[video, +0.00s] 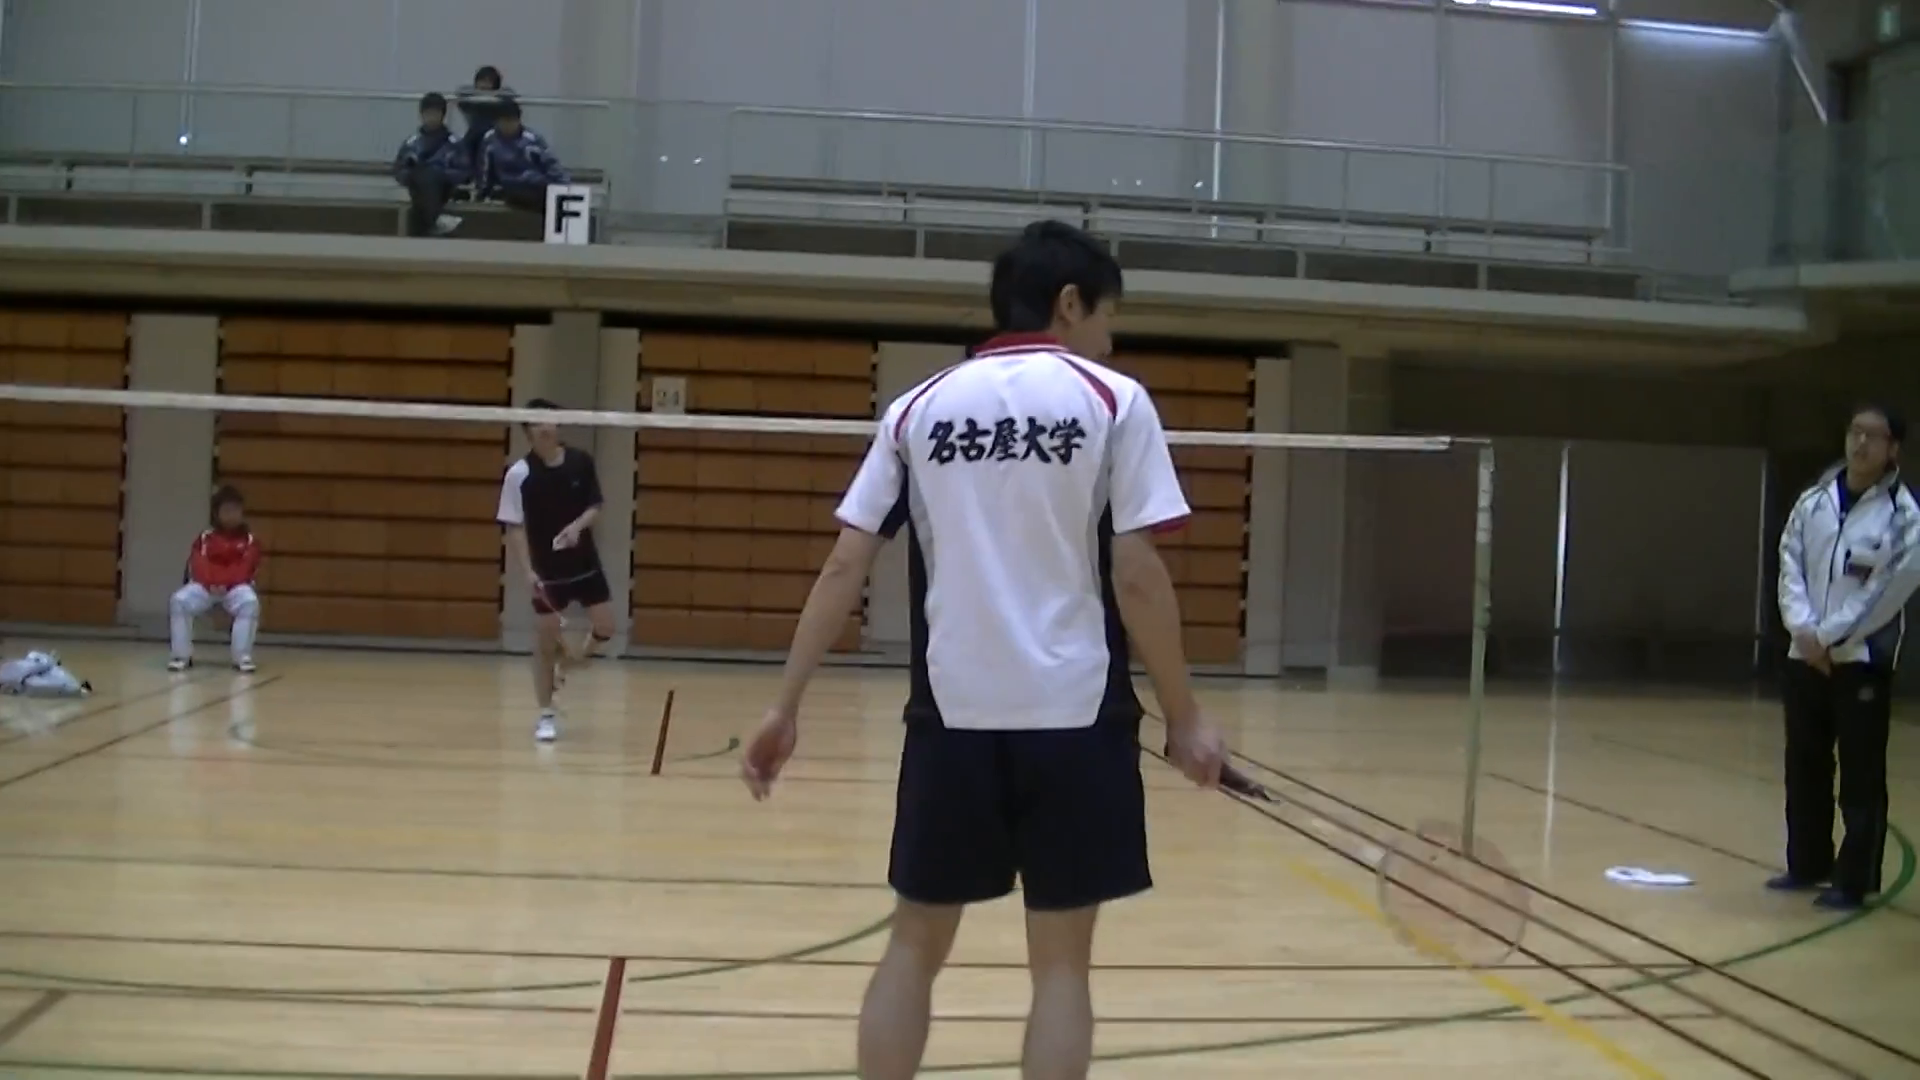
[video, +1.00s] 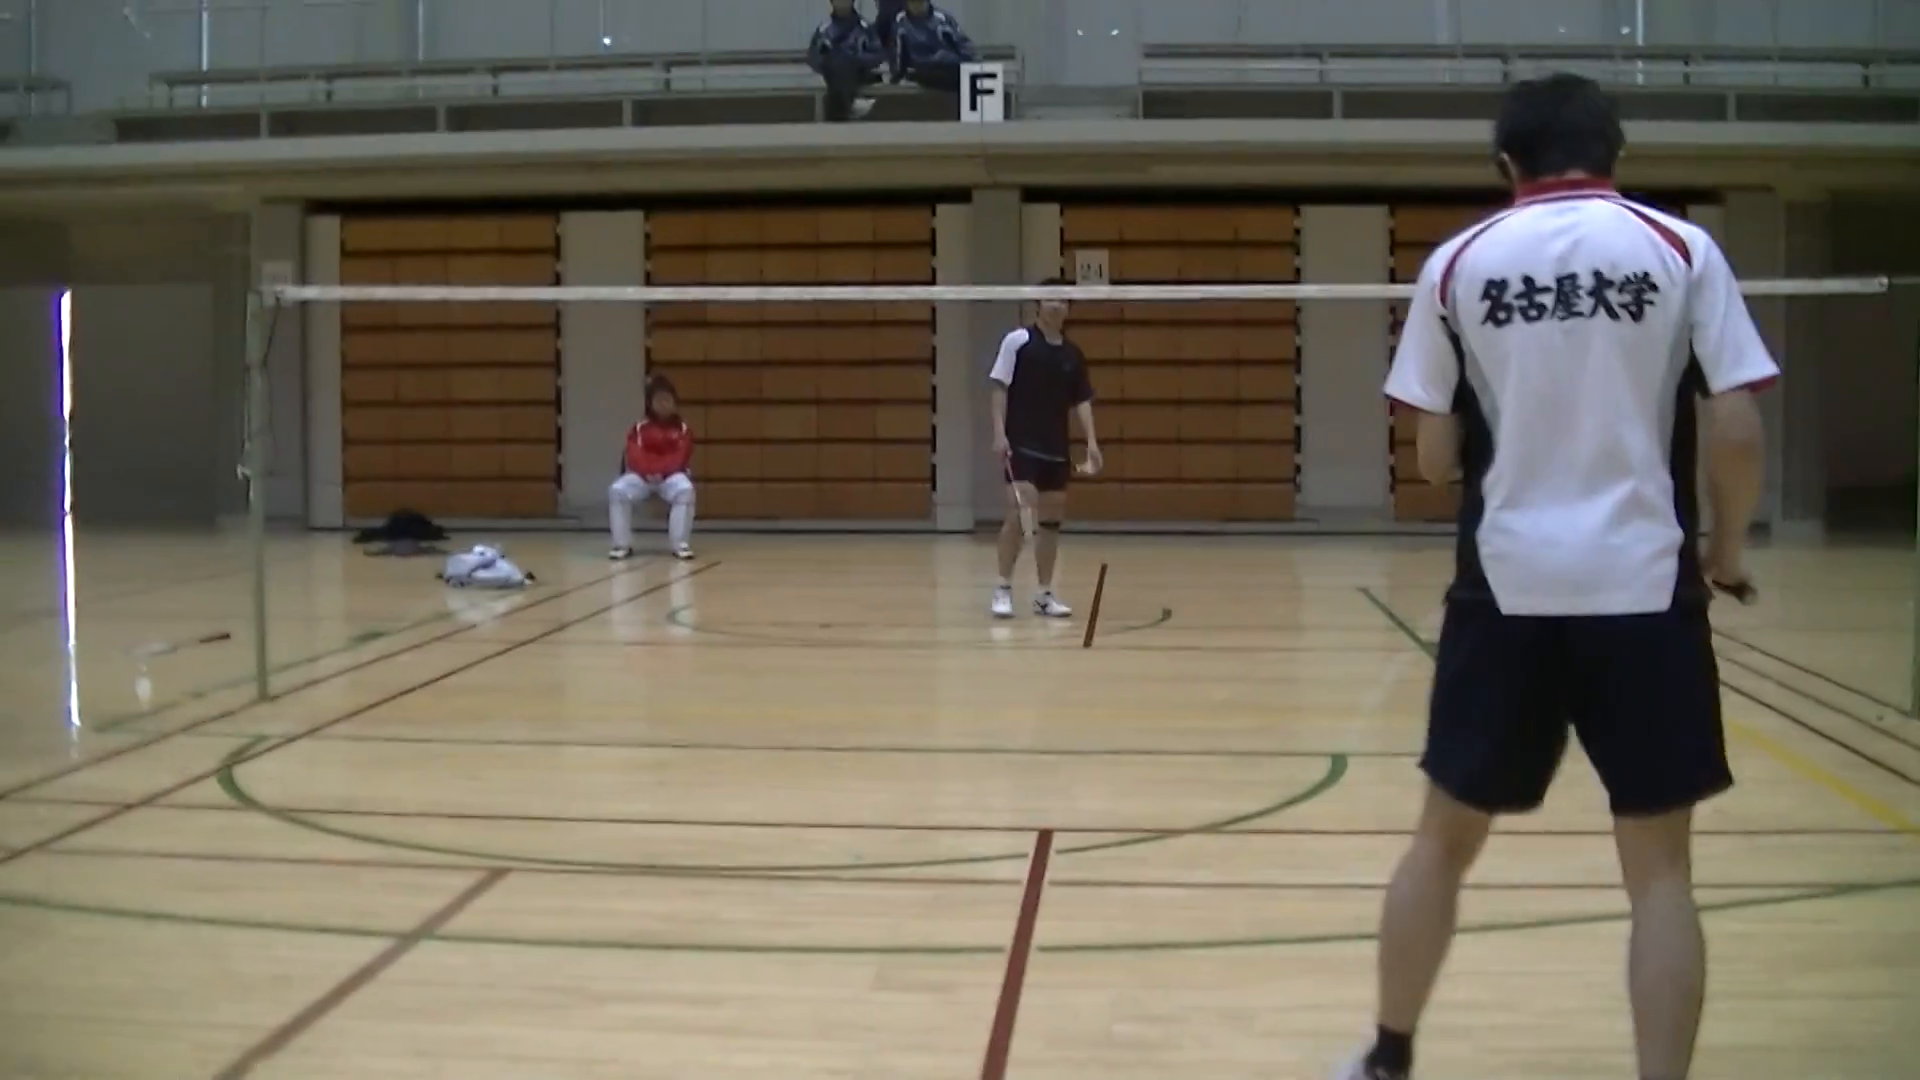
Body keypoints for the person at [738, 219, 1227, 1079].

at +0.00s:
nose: (1108, 337)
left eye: (1111, 318)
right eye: (1105, 316)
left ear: (1006, 306)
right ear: (1066, 305)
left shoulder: (917, 407)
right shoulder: (1113, 400)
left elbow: (844, 565)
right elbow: (1137, 570)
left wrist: (784, 707)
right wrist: (1185, 717)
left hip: (949, 731)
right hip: (1074, 732)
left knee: (910, 949)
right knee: (1061, 966)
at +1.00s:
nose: (1506, 173)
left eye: (1503, 159)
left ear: (1508, 165)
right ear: (1613, 158)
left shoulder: (1458, 264)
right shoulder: (1686, 250)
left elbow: (1437, 458)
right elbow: (1735, 429)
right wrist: (1726, 550)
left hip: (1505, 604)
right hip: (1645, 606)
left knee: (1440, 842)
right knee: (1659, 872)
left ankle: (1388, 1058)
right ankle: (1663, 1078)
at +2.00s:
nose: (1542, 182)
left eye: (1538, 169)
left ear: (1541, 178)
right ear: (1651, 173)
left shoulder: (1485, 298)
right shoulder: (1726, 299)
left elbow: (1453, 500)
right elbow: (1769, 498)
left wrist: (1504, 587)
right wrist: (1767, 654)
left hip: (1528, 665)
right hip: (1668, 669)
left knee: (1545, 905)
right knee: (1661, 934)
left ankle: (1542, 1077)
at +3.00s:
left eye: (1486, 238)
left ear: (1487, 248)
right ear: (1584, 234)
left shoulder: (1450, 347)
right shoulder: (1649, 321)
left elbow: (1364, 486)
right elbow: (1780, 424)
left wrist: (1409, 419)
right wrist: (1815, 411)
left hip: (1501, 636)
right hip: (1624, 629)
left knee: (1531, 849)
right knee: (1649, 883)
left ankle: (1526, 1061)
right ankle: (1637, 1075)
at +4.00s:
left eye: (1486, 238)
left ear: (1490, 247)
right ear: (1588, 234)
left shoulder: (1454, 346)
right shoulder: (1654, 320)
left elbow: (1367, 488)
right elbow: (1781, 425)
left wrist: (1415, 410)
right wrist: (1813, 413)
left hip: (1507, 637)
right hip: (1635, 630)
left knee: (1523, 849)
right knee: (1652, 886)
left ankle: (1522, 1059)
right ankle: (1642, 1075)